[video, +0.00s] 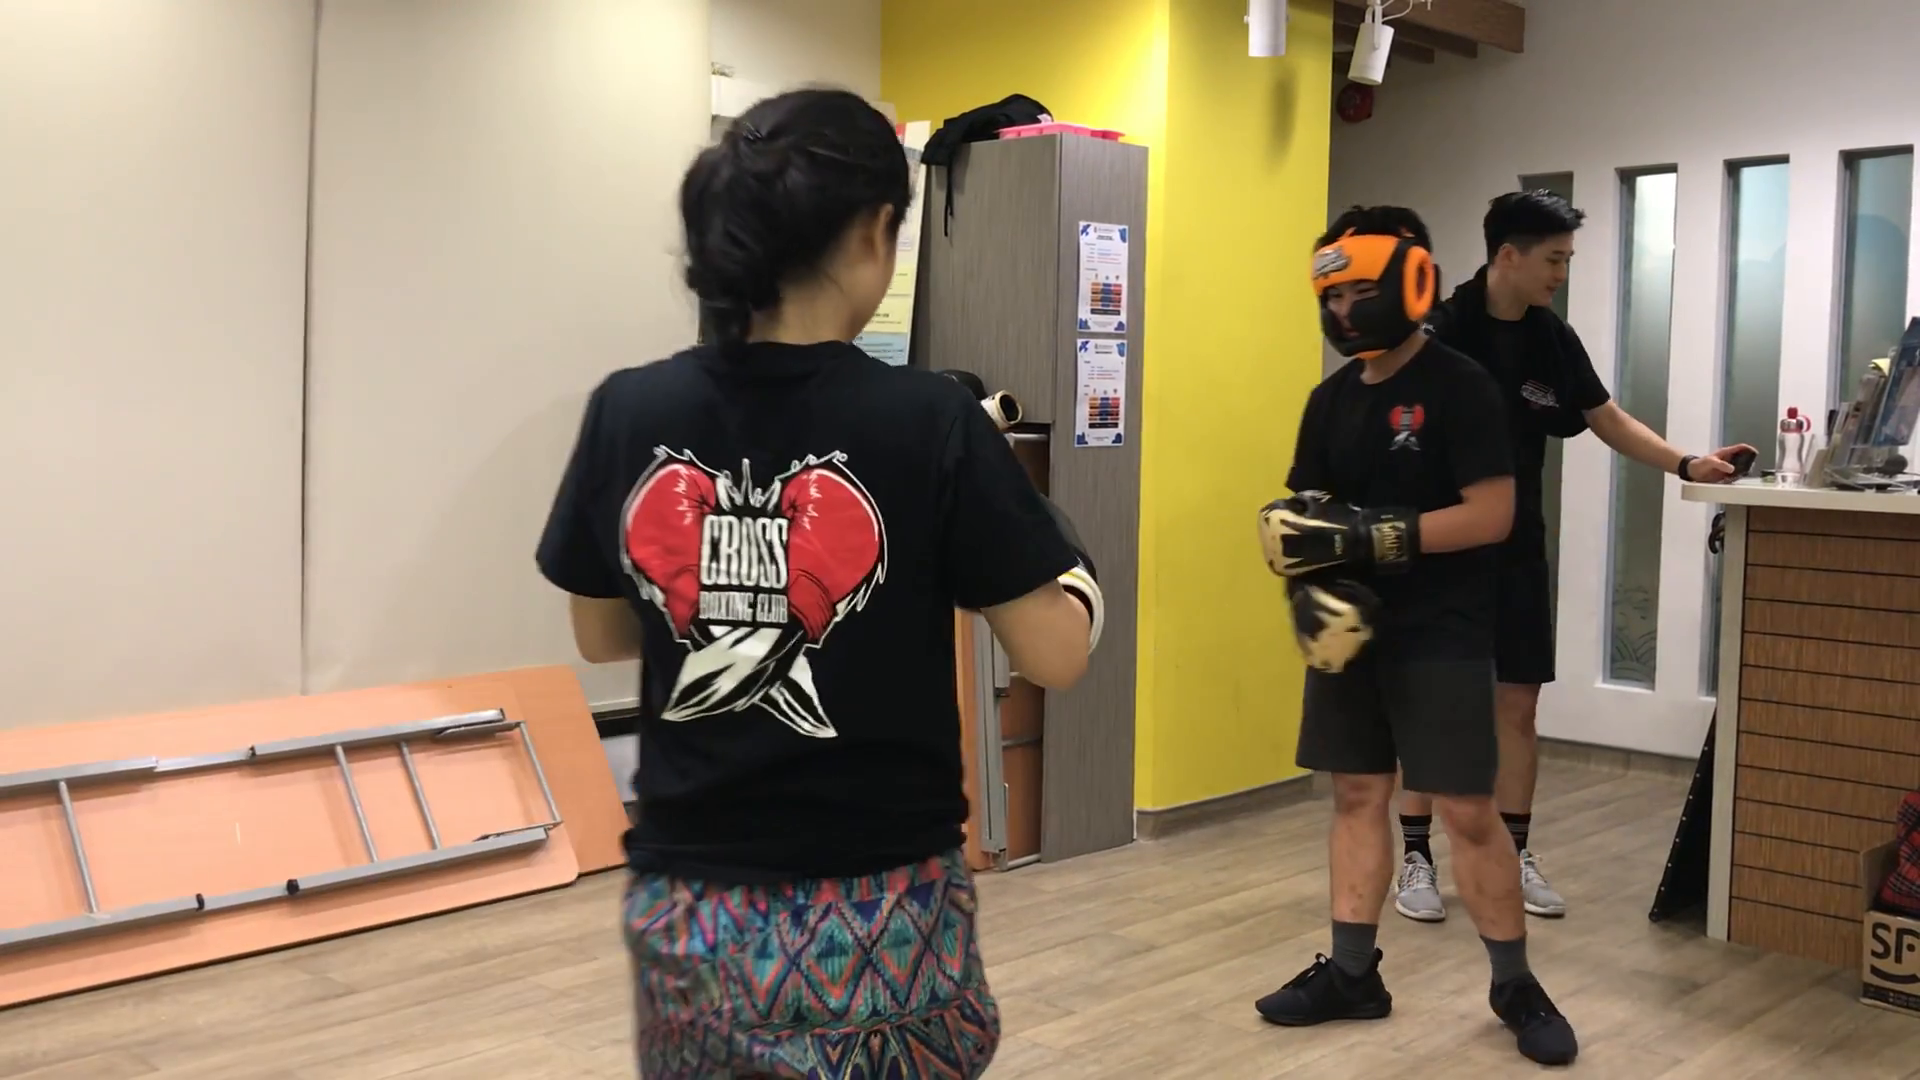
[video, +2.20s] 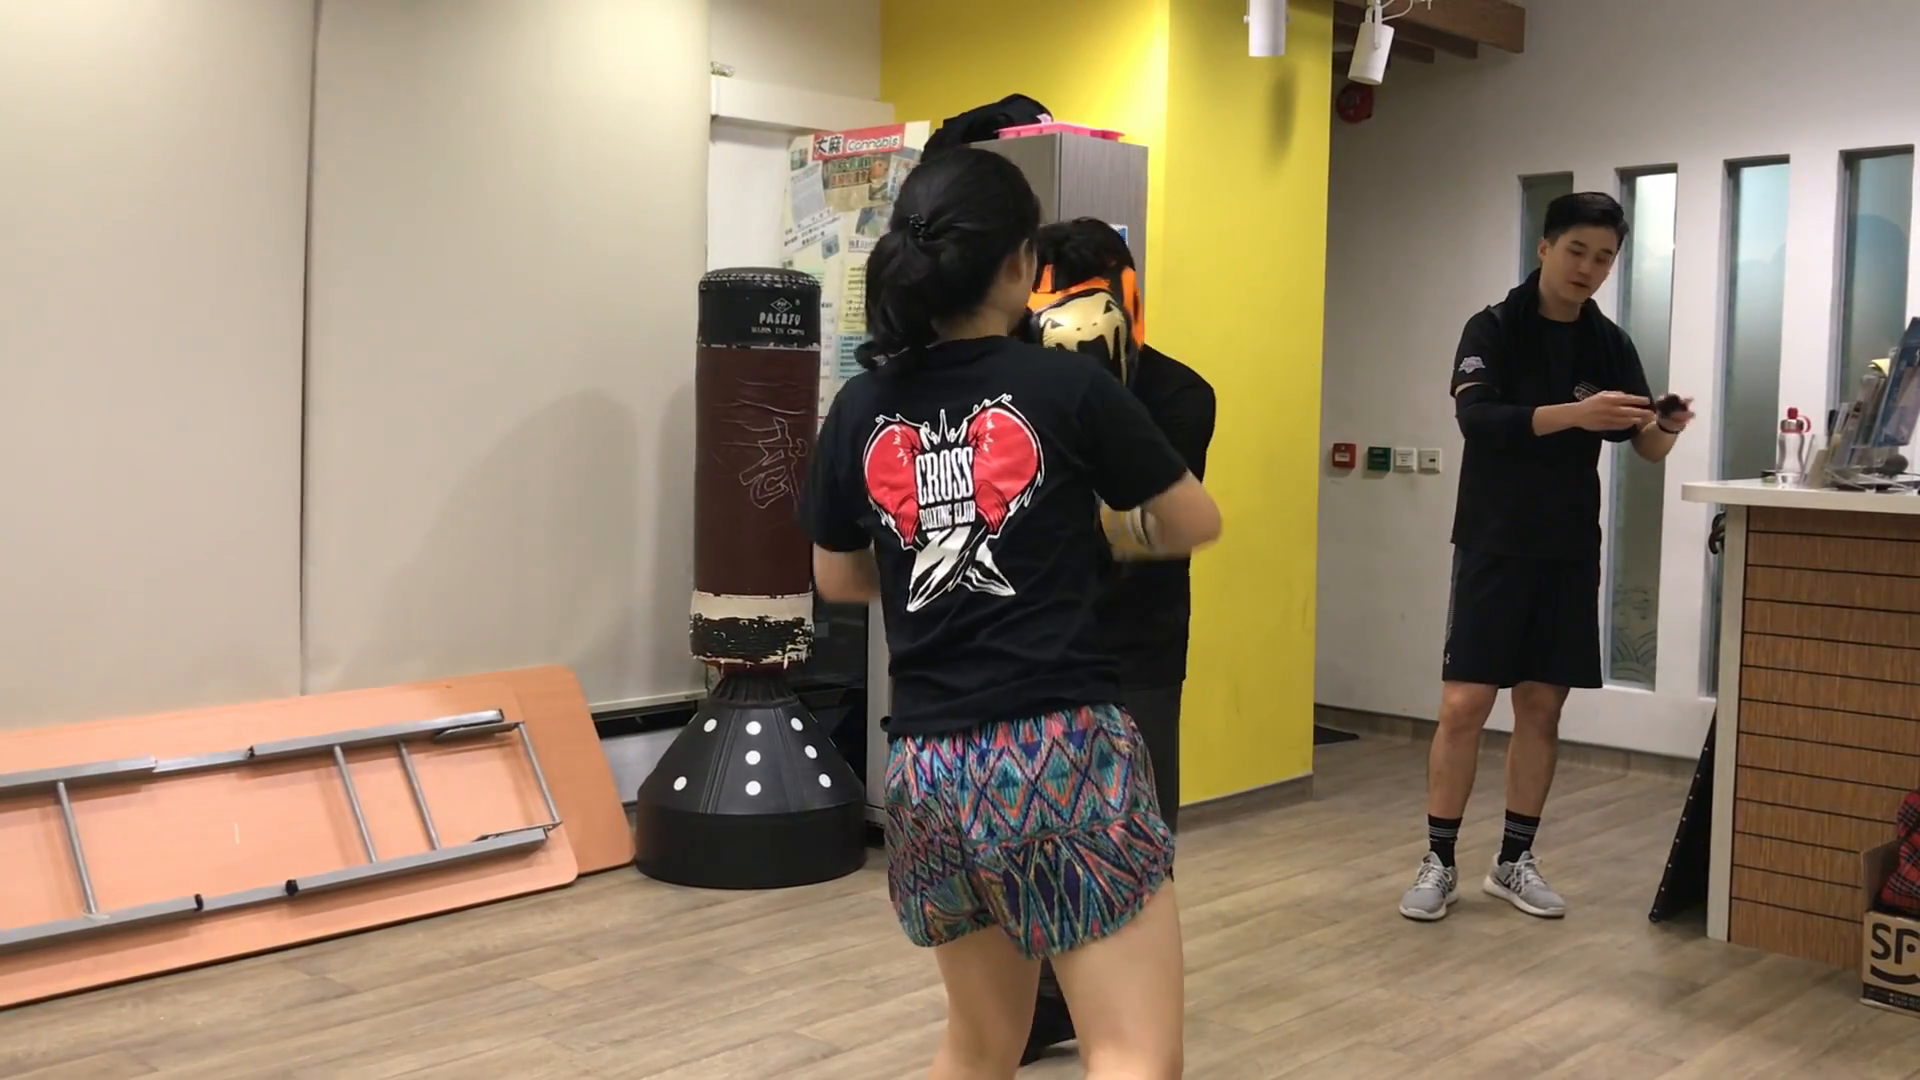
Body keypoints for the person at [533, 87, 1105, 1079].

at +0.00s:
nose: (897, 256)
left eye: (898, 230)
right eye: (898, 229)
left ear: (729, 225)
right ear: (872, 235)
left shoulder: (627, 410)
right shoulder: (929, 420)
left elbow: (601, 631)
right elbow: (1058, 656)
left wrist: (728, 569)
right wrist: (1068, 571)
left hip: (685, 908)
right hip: (883, 909)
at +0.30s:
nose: (937, 256)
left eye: (934, 231)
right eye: (936, 230)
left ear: (792, 237)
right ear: (916, 231)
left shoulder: (712, 406)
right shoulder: (957, 392)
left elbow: (716, 626)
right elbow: (1063, 615)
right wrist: (1091, 547)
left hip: (770, 852)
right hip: (947, 849)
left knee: (828, 1066)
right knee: (1049, 1063)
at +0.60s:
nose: (1038, 269)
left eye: (1035, 245)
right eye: (1037, 244)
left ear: (896, 252)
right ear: (1019, 251)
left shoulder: (833, 414)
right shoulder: (1079, 403)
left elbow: (833, 624)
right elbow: (1188, 605)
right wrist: (1169, 494)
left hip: (883, 834)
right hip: (1054, 839)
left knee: (894, 1064)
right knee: (1089, 1063)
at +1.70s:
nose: (1041, 266)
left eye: (1032, 251)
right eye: (1034, 251)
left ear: (908, 264)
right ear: (1024, 263)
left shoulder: (877, 401)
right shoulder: (1088, 379)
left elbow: (873, 519)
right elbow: (1182, 476)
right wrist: (1130, 374)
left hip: (930, 754)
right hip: (1074, 747)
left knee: (975, 1038)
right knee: (1138, 1050)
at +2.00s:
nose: (1027, 265)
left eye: (1021, 251)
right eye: (1022, 250)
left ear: (898, 260)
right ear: (1010, 261)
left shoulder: (867, 403)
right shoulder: (1060, 370)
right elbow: (1154, 441)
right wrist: (1090, 359)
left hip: (924, 742)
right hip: (1060, 731)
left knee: (975, 1036)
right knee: (1108, 1048)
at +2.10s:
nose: (1026, 265)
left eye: (1021, 247)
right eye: (1021, 247)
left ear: (902, 257)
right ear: (1007, 257)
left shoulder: (865, 398)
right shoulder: (1060, 371)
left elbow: (857, 533)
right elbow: (1175, 470)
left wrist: (948, 514)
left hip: (928, 750)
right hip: (1065, 738)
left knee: (977, 1036)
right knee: (1118, 1048)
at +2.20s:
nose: (1036, 270)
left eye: (1031, 252)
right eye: (1033, 252)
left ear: (906, 257)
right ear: (1019, 263)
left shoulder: (863, 405)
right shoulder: (1066, 384)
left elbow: (838, 576)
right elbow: (1194, 519)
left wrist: (939, 547)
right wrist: (1097, 536)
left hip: (927, 759)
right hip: (1067, 746)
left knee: (977, 1042)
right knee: (1131, 1053)